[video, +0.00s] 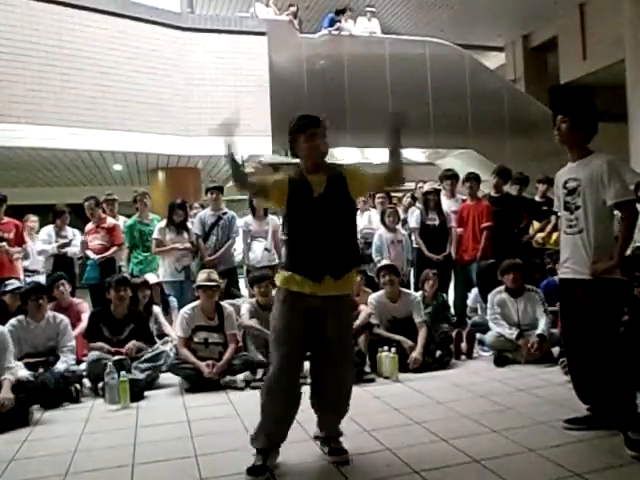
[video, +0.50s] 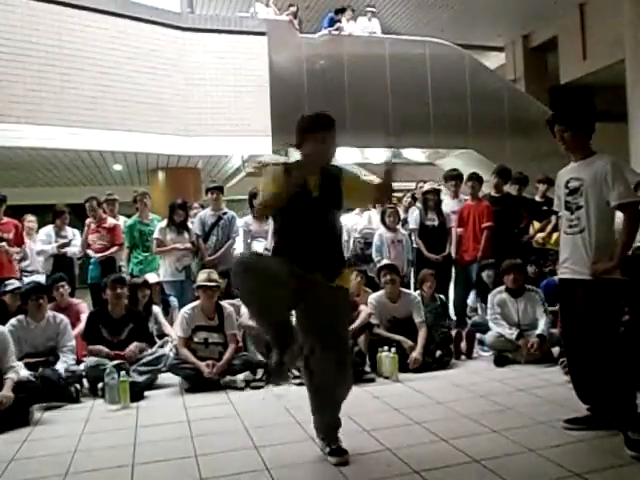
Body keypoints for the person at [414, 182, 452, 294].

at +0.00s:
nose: (433, 200)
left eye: (435, 196)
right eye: (430, 196)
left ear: (439, 198)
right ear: (425, 198)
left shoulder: (444, 214)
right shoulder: (419, 214)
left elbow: (449, 233)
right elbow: (416, 235)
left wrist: (447, 251)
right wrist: (428, 254)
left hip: (442, 256)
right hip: (425, 256)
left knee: (442, 290)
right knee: (423, 288)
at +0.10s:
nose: (432, 200)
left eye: (435, 197)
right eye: (429, 197)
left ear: (439, 198)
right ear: (425, 199)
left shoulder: (444, 214)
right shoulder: (419, 214)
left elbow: (449, 233)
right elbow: (416, 236)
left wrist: (447, 251)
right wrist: (428, 254)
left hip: (442, 256)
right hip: (425, 256)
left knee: (442, 291)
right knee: (423, 289)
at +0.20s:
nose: (433, 200)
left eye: (435, 197)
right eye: (429, 197)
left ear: (439, 198)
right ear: (425, 198)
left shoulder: (444, 214)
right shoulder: (419, 214)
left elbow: (449, 234)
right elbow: (416, 236)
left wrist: (447, 251)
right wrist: (428, 254)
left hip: (442, 257)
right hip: (424, 257)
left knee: (442, 291)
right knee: (423, 288)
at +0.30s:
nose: (432, 200)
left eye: (435, 196)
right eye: (429, 196)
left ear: (438, 198)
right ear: (424, 198)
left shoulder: (444, 214)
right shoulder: (418, 213)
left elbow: (449, 234)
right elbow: (415, 236)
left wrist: (447, 251)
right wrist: (427, 254)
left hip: (442, 257)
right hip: (424, 257)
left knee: (442, 291)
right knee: (423, 289)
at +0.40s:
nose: (432, 200)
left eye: (435, 196)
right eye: (429, 197)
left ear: (438, 198)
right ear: (424, 198)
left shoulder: (443, 214)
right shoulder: (418, 213)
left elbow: (449, 234)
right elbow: (415, 236)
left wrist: (447, 251)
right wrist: (427, 254)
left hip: (442, 257)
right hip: (424, 257)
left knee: (442, 291)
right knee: (423, 289)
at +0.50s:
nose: (431, 203)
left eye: (434, 199)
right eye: (428, 200)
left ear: (438, 200)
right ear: (424, 201)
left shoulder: (444, 215)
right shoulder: (418, 214)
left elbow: (449, 234)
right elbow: (415, 236)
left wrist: (446, 251)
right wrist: (427, 254)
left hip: (442, 257)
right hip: (424, 258)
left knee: (442, 291)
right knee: (424, 290)